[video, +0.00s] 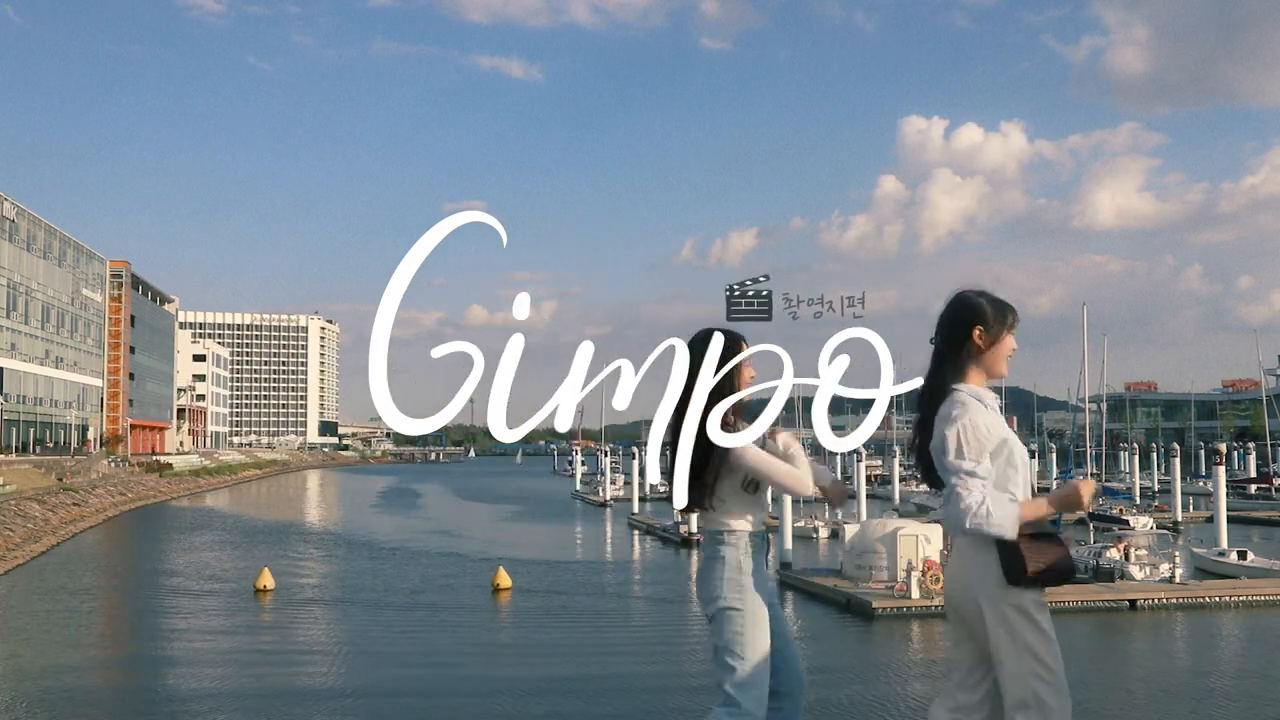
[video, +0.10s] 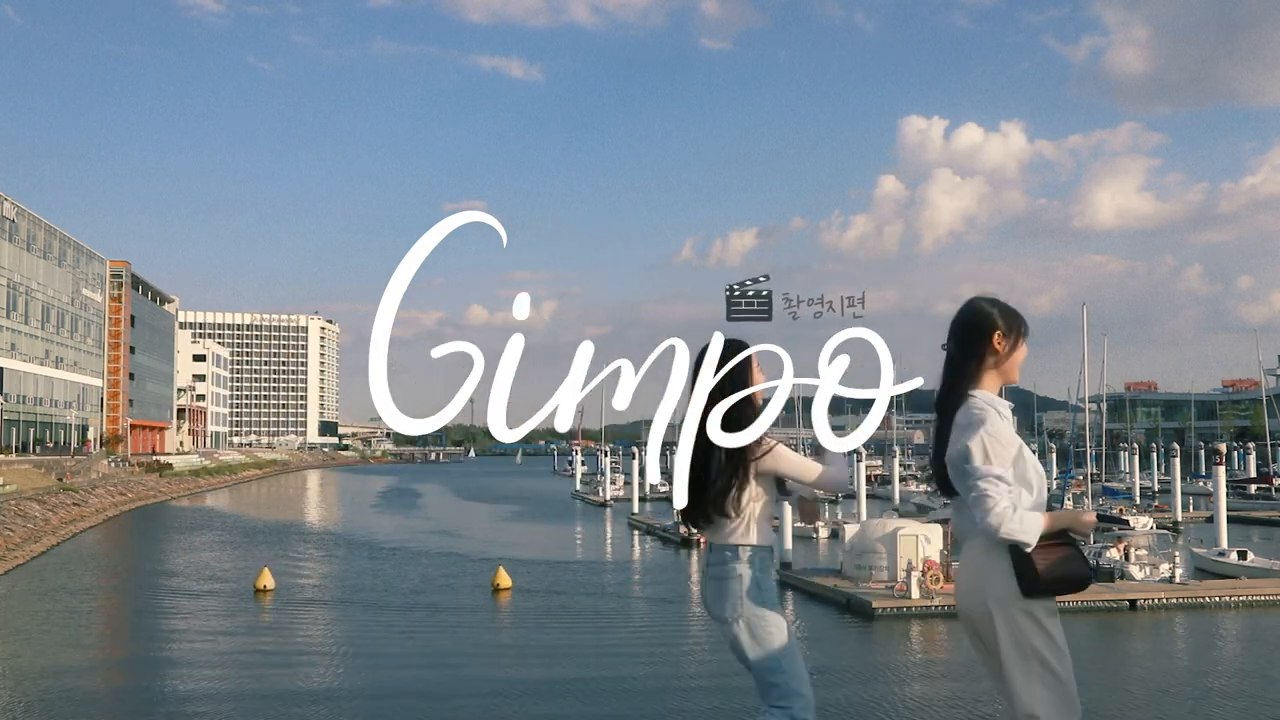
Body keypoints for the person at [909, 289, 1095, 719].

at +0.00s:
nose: (1014, 345)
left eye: (1013, 334)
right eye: (1008, 334)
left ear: (979, 339)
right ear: (979, 337)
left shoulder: (966, 405)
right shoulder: (967, 409)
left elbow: (975, 503)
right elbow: (971, 508)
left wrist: (1044, 505)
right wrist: (1056, 502)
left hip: (972, 559)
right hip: (991, 560)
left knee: (966, 700)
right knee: (1043, 702)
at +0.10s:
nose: (1025, 354)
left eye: (1025, 343)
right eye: (1022, 342)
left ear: (991, 344)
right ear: (998, 342)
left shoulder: (973, 413)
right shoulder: (984, 417)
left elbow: (986, 514)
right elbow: (994, 515)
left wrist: (1057, 519)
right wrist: (1066, 519)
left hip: (983, 566)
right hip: (1000, 569)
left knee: (1030, 703)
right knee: (1053, 704)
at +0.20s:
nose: (1034, 347)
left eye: (1034, 337)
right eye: (1033, 336)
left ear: (981, 333)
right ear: (1014, 333)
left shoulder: (981, 397)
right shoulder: (996, 399)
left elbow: (1016, 484)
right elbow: (1027, 494)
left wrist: (1064, 500)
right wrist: (1071, 494)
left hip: (995, 554)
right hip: (1007, 558)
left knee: (1042, 693)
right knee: (1079, 689)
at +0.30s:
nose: (1042, 332)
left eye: (1043, 321)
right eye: (1043, 320)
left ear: (985, 315)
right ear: (1029, 314)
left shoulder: (982, 378)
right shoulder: (1014, 375)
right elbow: (1059, 450)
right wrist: (1088, 469)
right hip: (1018, 540)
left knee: (1094, 678)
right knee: (1032, 694)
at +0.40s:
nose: (1054, 327)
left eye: (1053, 316)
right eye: (1055, 315)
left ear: (996, 311)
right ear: (1042, 309)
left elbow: (993, 478)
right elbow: (1084, 462)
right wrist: (1091, 436)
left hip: (1010, 535)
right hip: (1034, 537)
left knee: (1095, 690)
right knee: (1029, 694)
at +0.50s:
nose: (1065, 339)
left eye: (1064, 329)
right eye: (1066, 327)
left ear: (1007, 325)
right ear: (1053, 324)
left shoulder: (998, 392)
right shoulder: (1041, 393)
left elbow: (1004, 491)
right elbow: (1076, 493)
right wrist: (1102, 474)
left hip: (1023, 556)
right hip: (1045, 559)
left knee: (1112, 691)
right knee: (1053, 698)